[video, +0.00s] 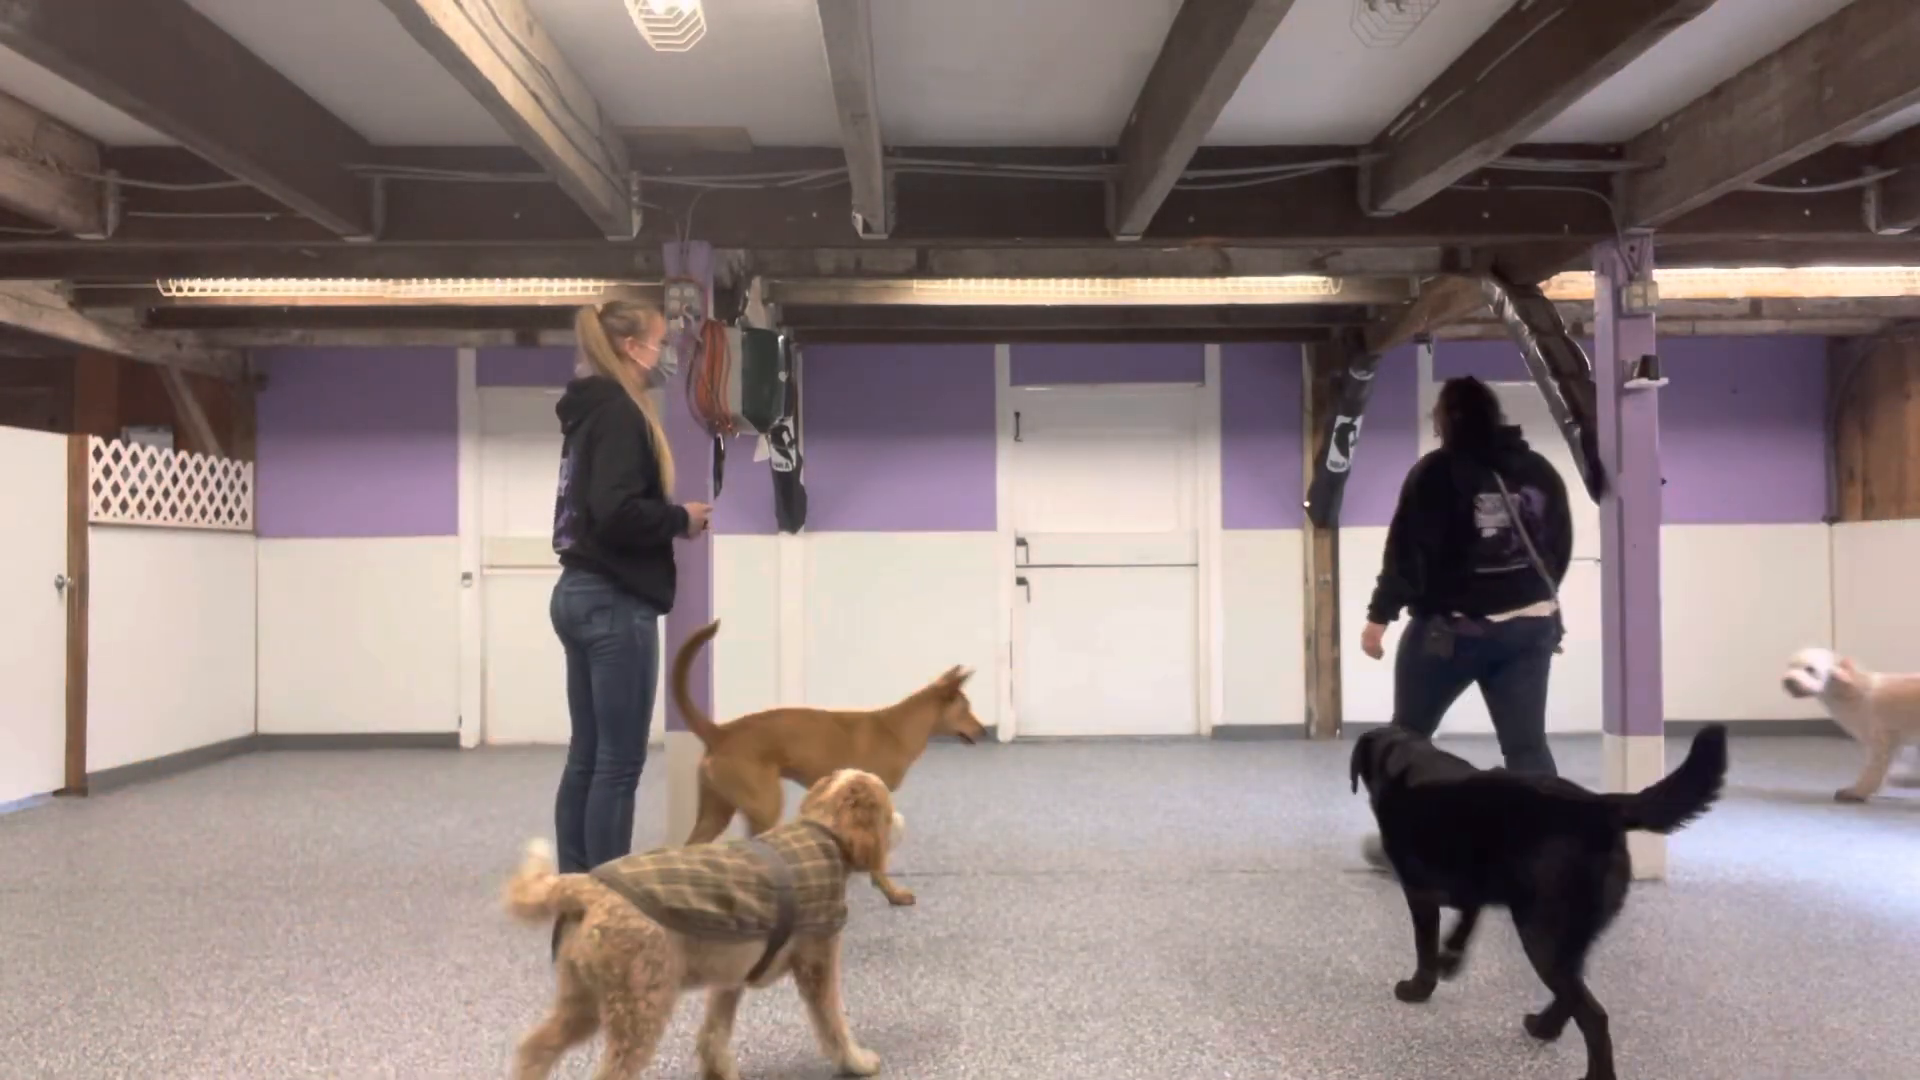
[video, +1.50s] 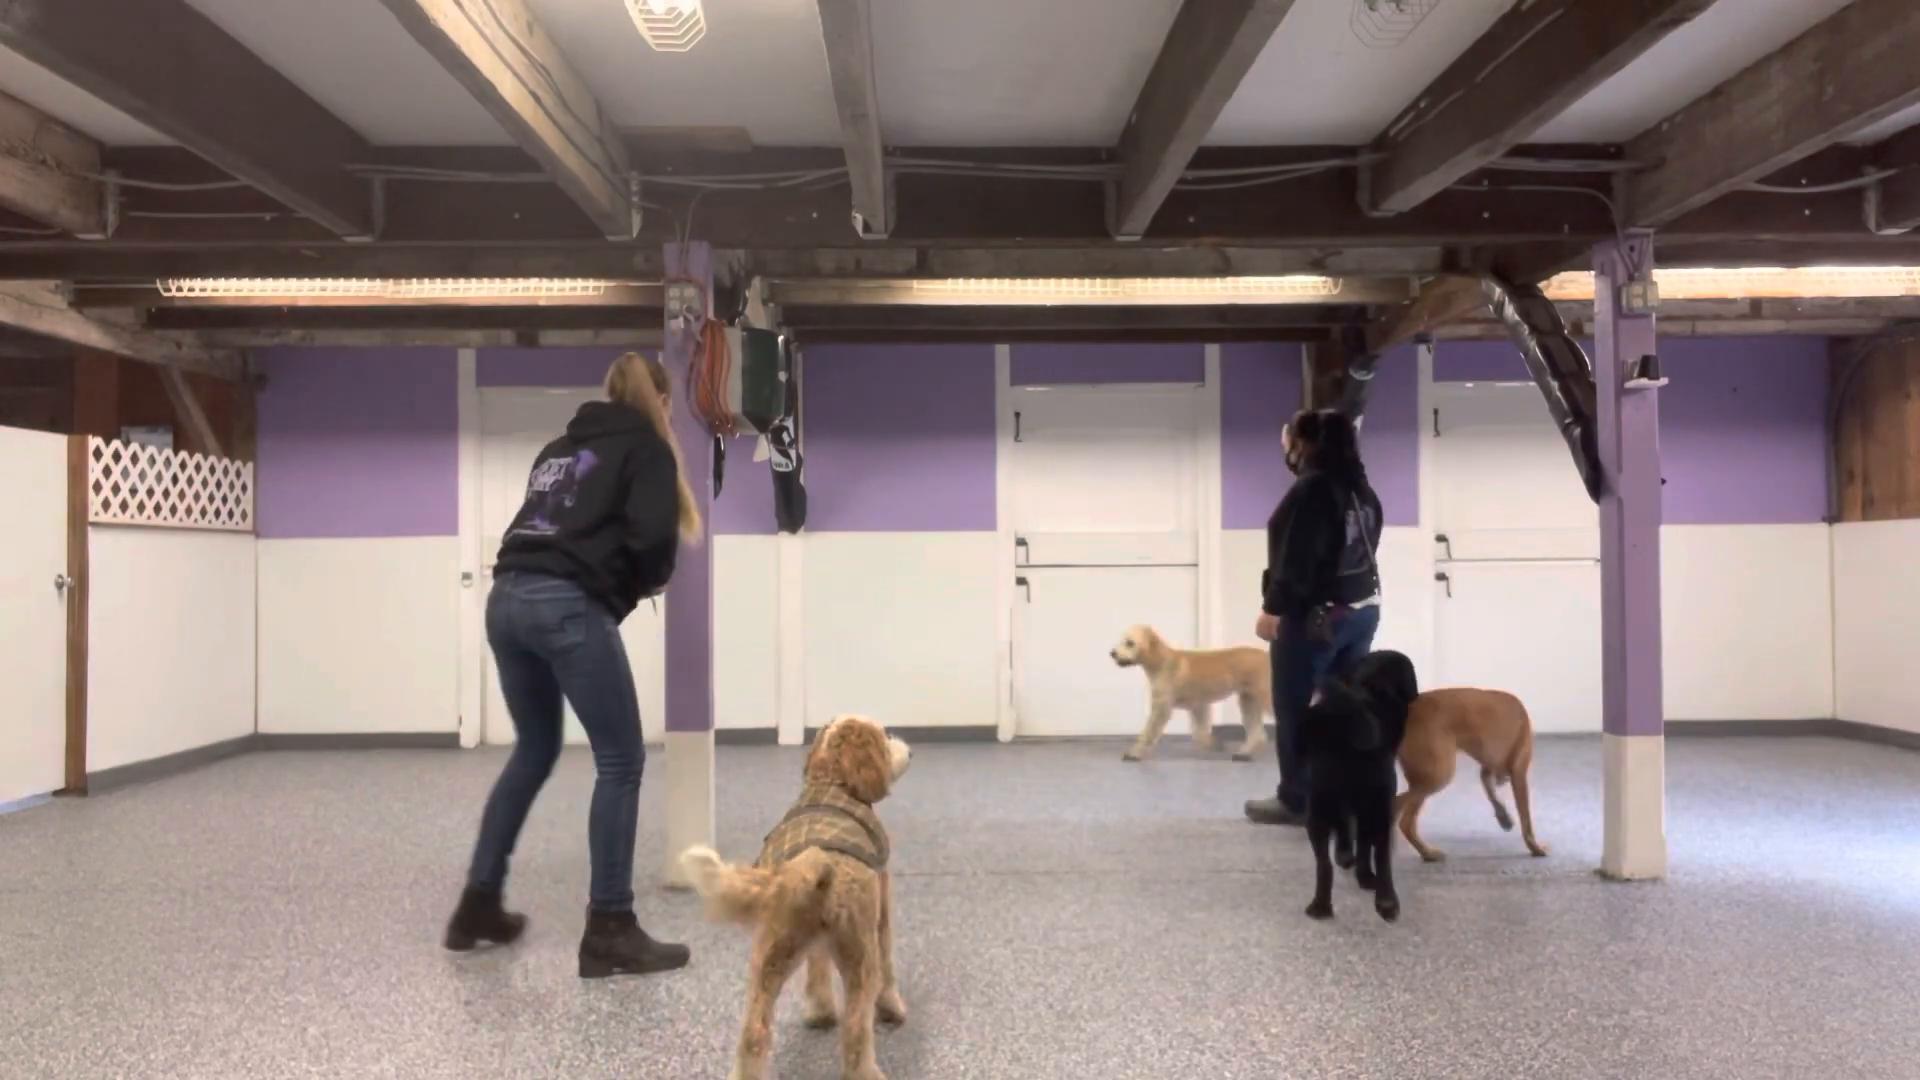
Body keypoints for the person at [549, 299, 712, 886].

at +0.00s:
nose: (661, 356)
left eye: (662, 345)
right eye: (656, 345)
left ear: (616, 342)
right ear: (627, 344)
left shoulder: (593, 403)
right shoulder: (618, 409)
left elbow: (599, 509)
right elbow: (617, 512)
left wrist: (675, 514)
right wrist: (682, 518)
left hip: (582, 590)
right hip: (616, 598)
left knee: (586, 756)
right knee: (620, 761)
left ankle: (575, 892)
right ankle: (607, 897)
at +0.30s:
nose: (661, 356)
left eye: (662, 345)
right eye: (657, 345)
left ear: (613, 340)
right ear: (629, 344)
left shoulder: (593, 404)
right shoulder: (618, 409)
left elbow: (602, 509)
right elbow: (616, 511)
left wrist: (666, 515)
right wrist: (682, 517)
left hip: (584, 593)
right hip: (619, 600)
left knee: (587, 761)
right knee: (619, 767)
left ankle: (575, 921)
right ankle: (603, 932)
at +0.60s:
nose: (663, 365)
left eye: (664, 353)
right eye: (661, 353)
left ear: (616, 344)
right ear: (636, 348)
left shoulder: (588, 408)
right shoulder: (621, 414)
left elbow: (600, 510)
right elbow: (620, 513)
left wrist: (665, 515)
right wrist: (683, 518)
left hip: (582, 592)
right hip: (619, 599)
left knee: (587, 760)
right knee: (619, 766)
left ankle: (575, 916)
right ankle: (610, 928)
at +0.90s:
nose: (667, 367)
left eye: (667, 356)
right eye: (666, 356)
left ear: (615, 348)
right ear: (647, 352)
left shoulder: (583, 410)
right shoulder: (631, 415)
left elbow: (589, 510)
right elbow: (632, 511)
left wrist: (661, 517)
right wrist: (687, 522)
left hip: (574, 592)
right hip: (619, 599)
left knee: (587, 760)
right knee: (620, 767)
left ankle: (575, 915)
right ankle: (610, 927)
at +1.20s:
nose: (688, 391)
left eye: (687, 380)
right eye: (688, 380)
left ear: (631, 372)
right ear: (675, 377)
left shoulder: (584, 429)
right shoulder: (665, 432)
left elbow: (574, 513)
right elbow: (669, 530)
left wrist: (627, 542)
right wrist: (672, 558)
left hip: (539, 593)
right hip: (599, 597)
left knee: (589, 753)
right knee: (627, 761)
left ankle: (575, 915)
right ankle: (612, 929)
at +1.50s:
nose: (671, 408)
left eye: (668, 399)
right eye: (668, 399)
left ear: (608, 395)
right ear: (659, 400)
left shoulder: (563, 444)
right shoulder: (647, 447)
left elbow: (547, 520)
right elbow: (653, 536)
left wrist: (604, 572)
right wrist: (645, 582)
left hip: (507, 599)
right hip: (568, 604)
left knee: (534, 752)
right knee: (620, 762)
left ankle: (478, 907)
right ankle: (611, 929)